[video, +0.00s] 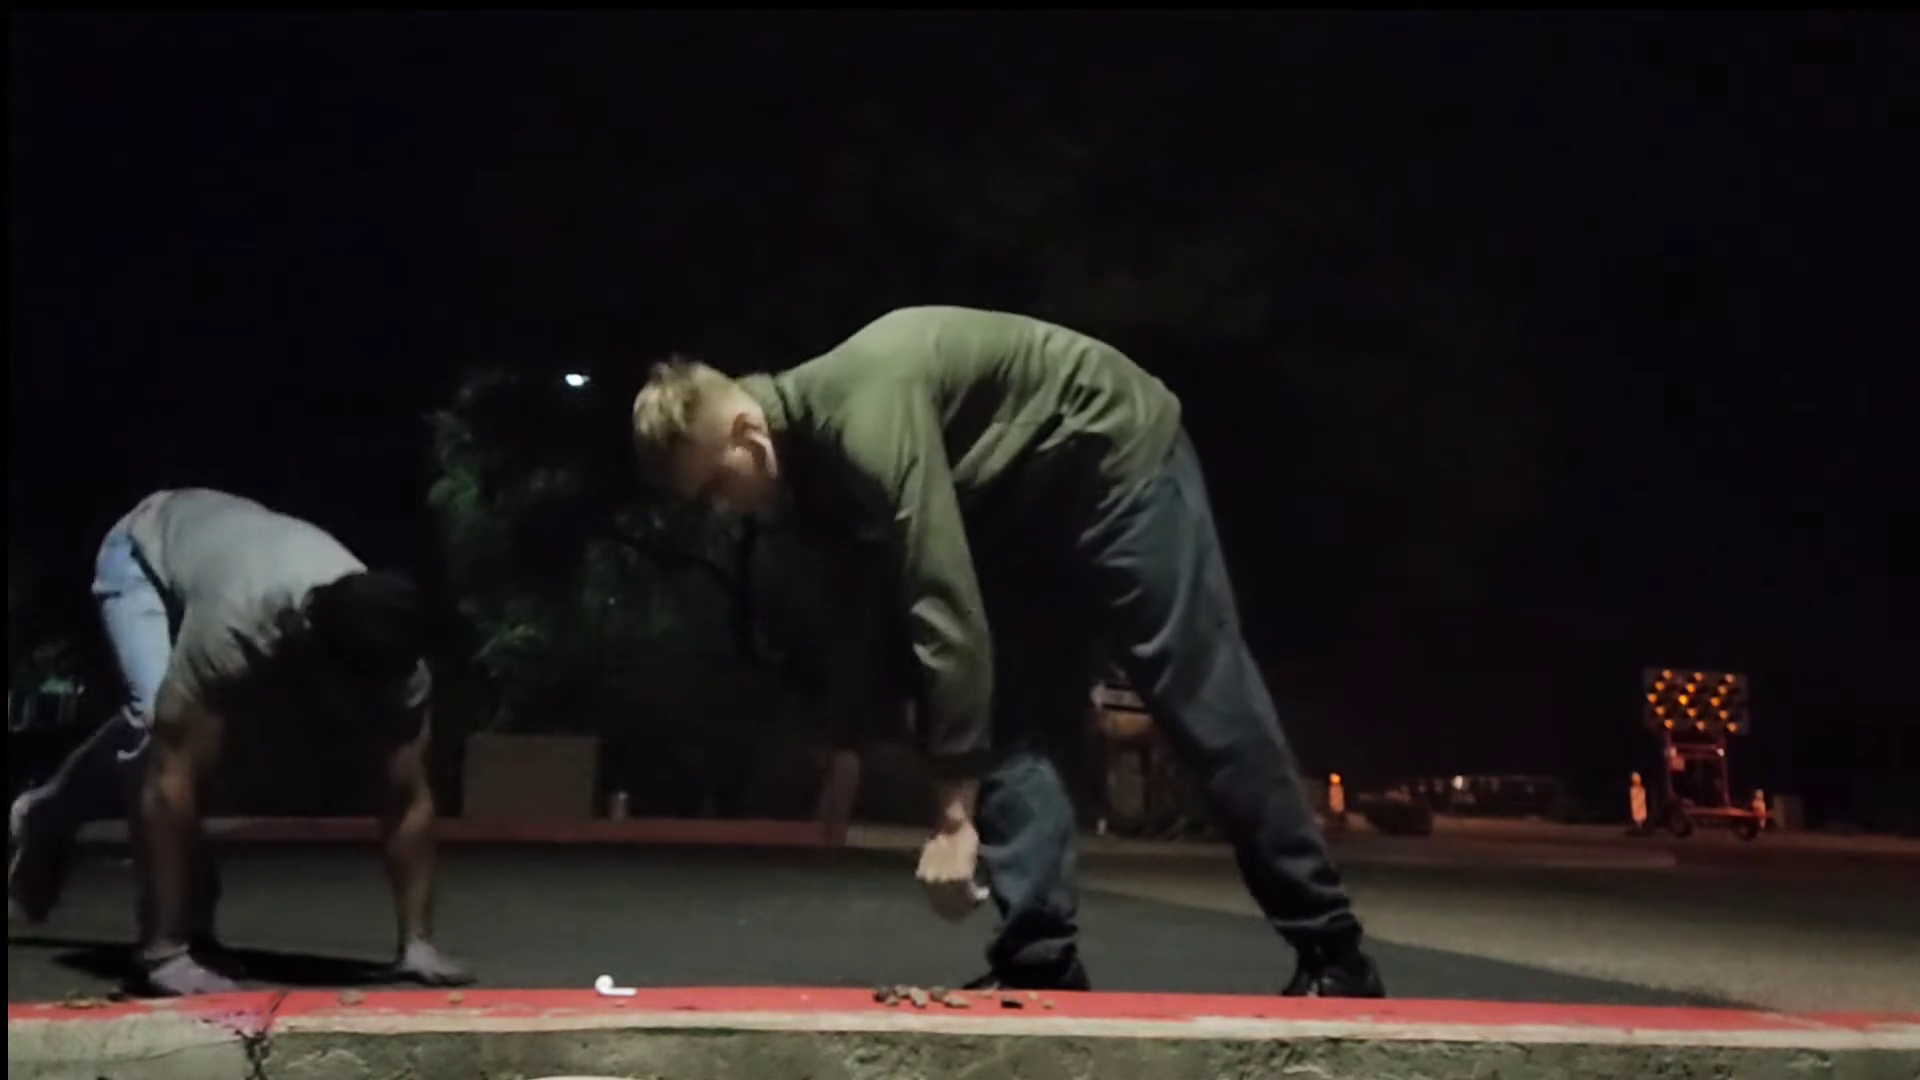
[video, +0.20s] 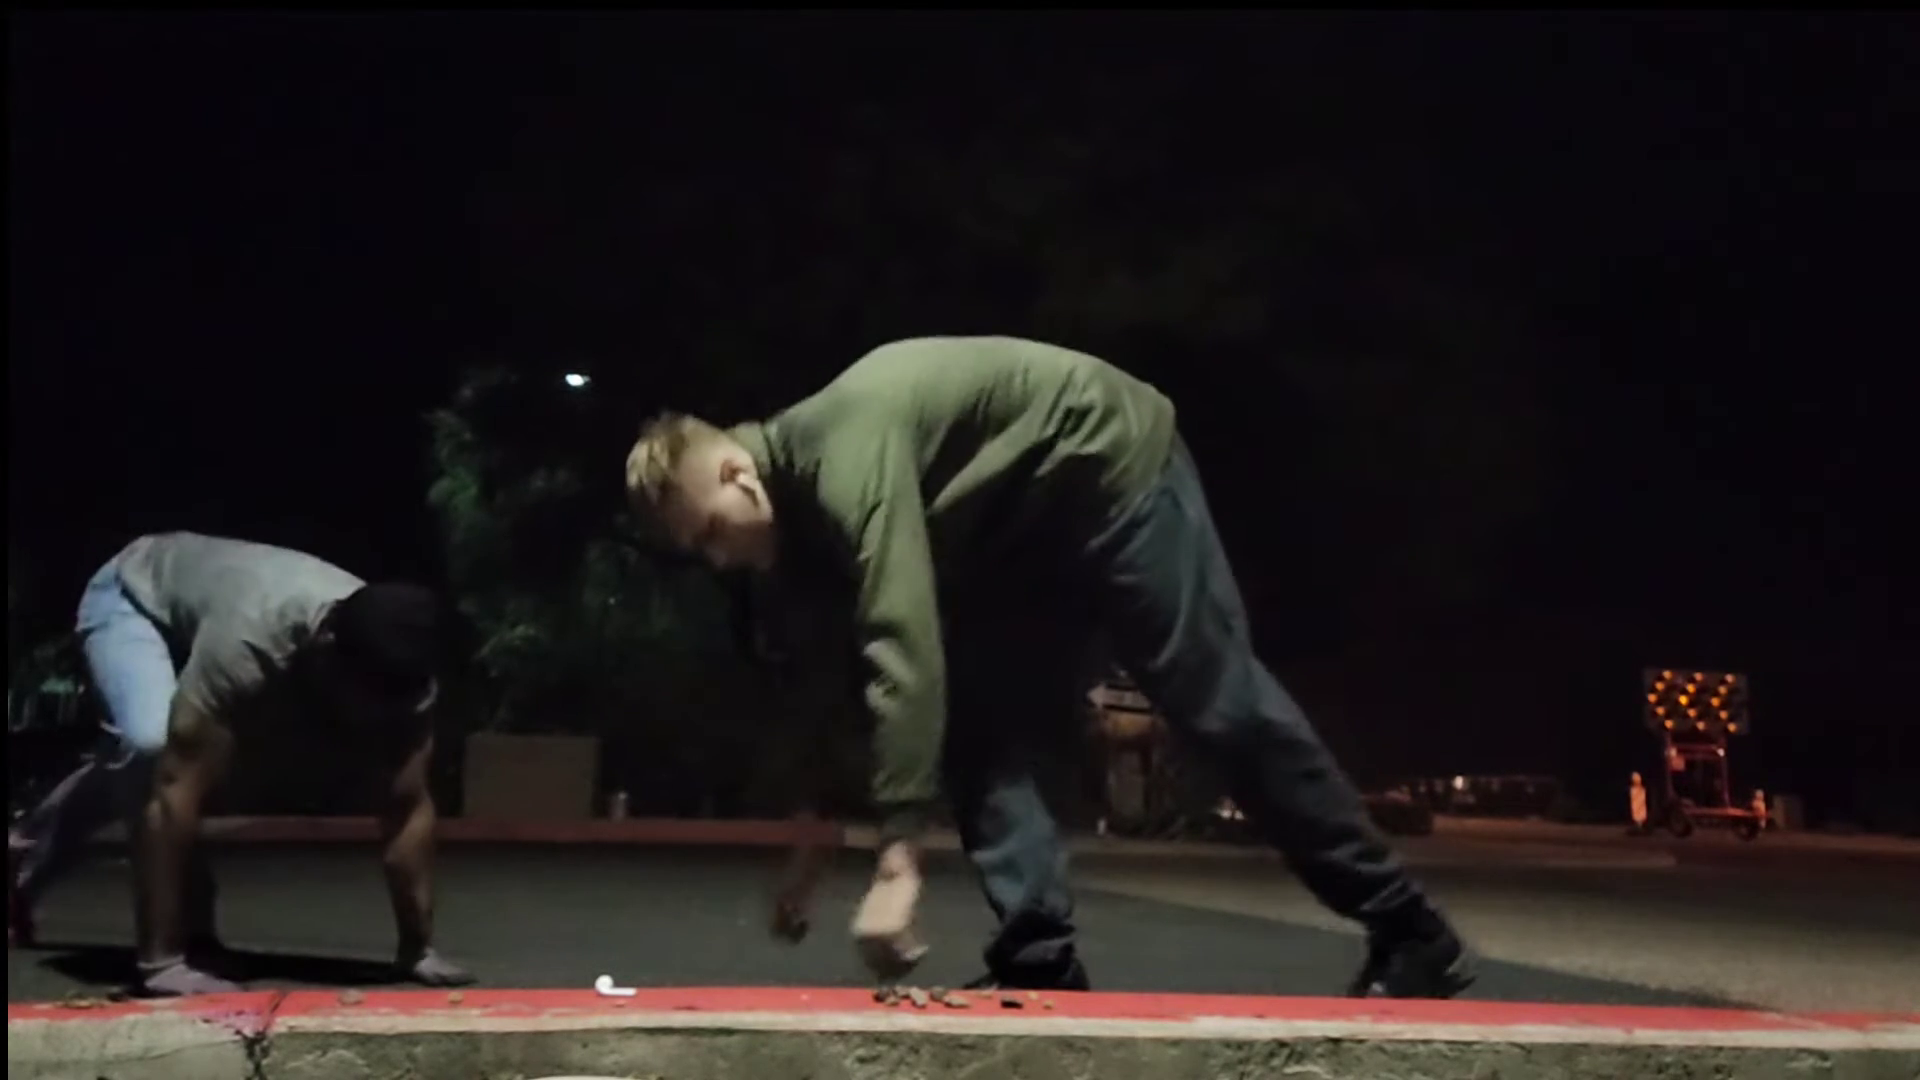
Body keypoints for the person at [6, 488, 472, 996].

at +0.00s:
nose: (380, 703)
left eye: (393, 688)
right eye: (366, 688)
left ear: (406, 659)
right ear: (318, 645)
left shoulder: (402, 666)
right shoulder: (233, 624)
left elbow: (411, 799)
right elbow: (169, 777)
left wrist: (416, 940)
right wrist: (163, 947)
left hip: (240, 548)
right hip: (141, 553)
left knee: (193, 759)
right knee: (154, 722)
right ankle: (41, 821)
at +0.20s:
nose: (394, 719)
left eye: (407, 705)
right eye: (381, 701)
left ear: (421, 678)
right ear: (331, 652)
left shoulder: (408, 678)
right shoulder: (245, 639)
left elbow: (409, 810)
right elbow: (173, 792)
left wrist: (417, 952)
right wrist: (160, 957)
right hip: (130, 596)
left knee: (183, 784)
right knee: (146, 746)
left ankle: (198, 944)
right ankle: (26, 853)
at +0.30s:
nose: (396, 716)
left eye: (408, 701)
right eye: (385, 697)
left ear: (421, 678)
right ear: (331, 651)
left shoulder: (407, 678)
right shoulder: (245, 642)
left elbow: (409, 813)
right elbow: (173, 796)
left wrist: (416, 952)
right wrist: (159, 960)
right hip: (127, 608)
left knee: (180, 787)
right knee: (133, 754)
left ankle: (196, 940)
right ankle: (19, 866)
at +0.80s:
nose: (397, 687)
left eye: (407, 671)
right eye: (380, 668)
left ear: (419, 663)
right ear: (327, 644)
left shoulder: (412, 686)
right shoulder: (225, 651)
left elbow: (409, 812)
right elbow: (161, 803)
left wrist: (418, 951)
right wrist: (158, 960)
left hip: (211, 719)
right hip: (123, 697)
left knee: (76, 850)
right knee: (34, 845)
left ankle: (17, 901)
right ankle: (13, 905)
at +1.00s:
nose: (390, 682)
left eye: (400, 667)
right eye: (374, 663)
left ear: (410, 659)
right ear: (326, 639)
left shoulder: (405, 686)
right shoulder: (222, 652)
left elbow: (407, 811)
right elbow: (160, 803)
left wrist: (417, 949)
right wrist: (158, 960)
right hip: (114, 715)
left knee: (68, 858)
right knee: (26, 848)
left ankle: (18, 899)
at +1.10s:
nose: (390, 681)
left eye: (400, 666)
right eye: (375, 662)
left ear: (410, 658)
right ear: (326, 638)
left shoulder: (404, 687)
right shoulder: (222, 651)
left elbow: (406, 813)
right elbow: (161, 804)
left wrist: (417, 949)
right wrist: (158, 960)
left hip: (199, 742)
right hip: (115, 712)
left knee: (91, 846)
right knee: (27, 834)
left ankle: (27, 893)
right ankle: (13, 898)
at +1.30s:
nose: (391, 674)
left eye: (402, 659)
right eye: (377, 654)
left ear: (410, 655)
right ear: (331, 631)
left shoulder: (403, 686)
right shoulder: (224, 651)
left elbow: (406, 815)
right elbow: (162, 805)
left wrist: (417, 950)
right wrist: (158, 960)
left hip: (210, 749)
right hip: (118, 725)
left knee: (115, 843)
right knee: (34, 815)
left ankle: (54, 892)